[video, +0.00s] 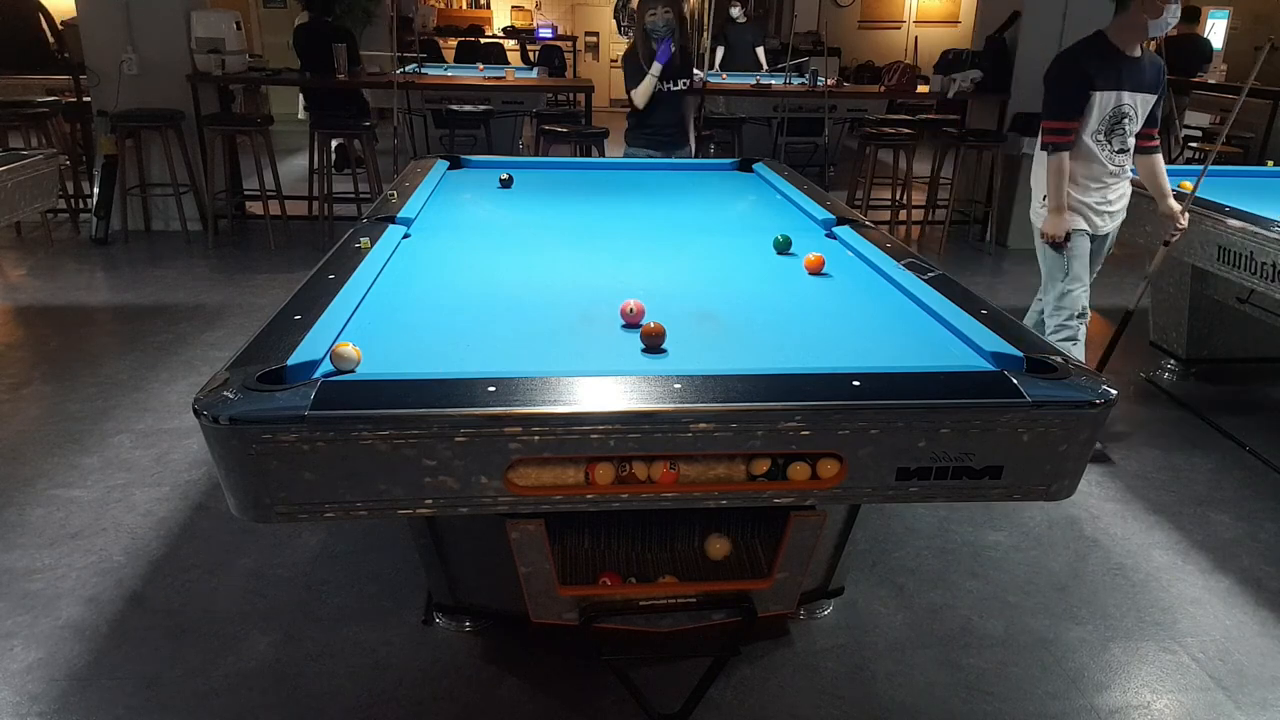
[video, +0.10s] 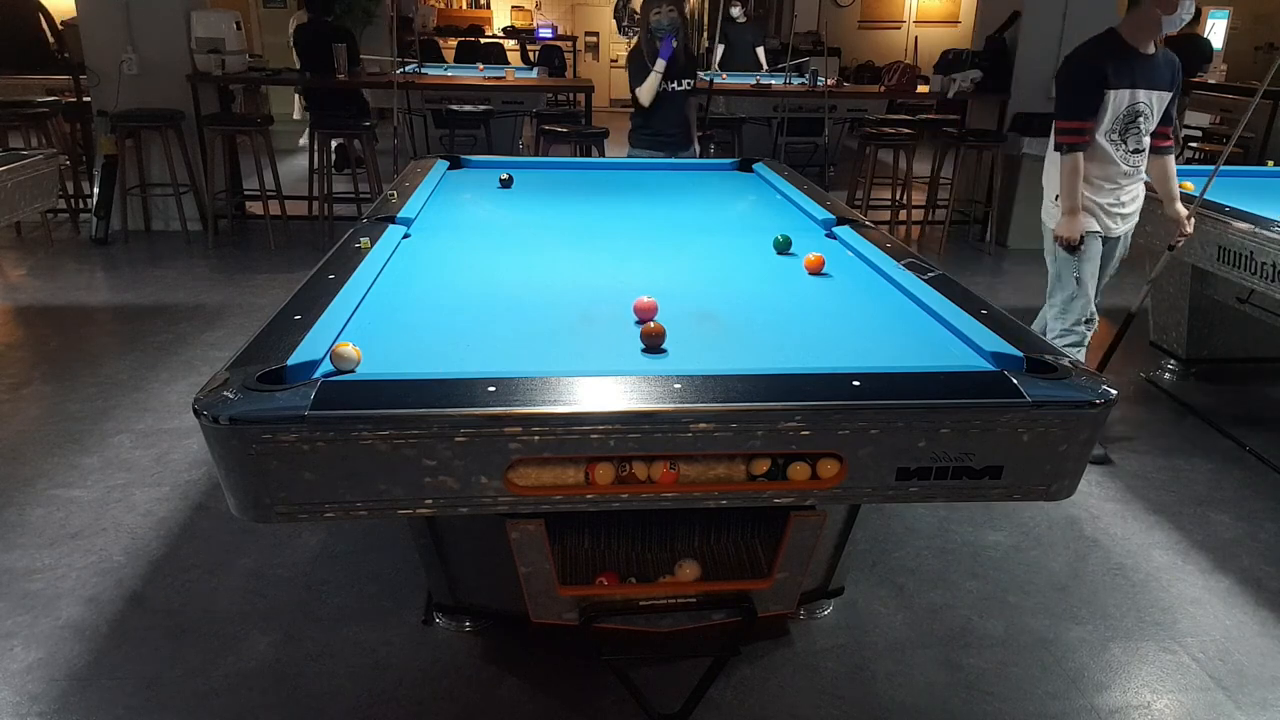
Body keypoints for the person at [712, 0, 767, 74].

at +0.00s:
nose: (732, 10)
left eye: (736, 7)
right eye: (731, 7)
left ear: (743, 9)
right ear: (728, 9)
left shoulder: (753, 26)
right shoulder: (726, 26)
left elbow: (759, 47)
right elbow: (721, 47)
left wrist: (765, 66)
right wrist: (716, 65)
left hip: (750, 72)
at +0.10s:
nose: (733, 10)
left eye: (736, 6)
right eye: (731, 7)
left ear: (744, 9)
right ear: (729, 8)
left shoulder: (753, 25)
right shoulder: (726, 25)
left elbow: (759, 47)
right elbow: (721, 45)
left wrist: (765, 66)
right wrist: (716, 64)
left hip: (750, 71)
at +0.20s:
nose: (733, 10)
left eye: (736, 7)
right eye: (731, 7)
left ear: (744, 9)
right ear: (729, 9)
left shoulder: (752, 25)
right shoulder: (726, 25)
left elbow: (759, 47)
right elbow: (719, 44)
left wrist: (765, 66)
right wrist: (715, 64)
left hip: (750, 72)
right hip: (730, 71)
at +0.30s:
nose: (735, 8)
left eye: (738, 6)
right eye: (733, 6)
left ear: (744, 9)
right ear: (729, 9)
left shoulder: (753, 25)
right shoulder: (726, 24)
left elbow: (759, 47)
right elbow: (720, 44)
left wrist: (765, 66)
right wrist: (715, 63)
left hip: (750, 71)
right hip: (729, 70)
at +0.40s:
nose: (734, 9)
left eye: (737, 6)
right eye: (732, 6)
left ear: (744, 9)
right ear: (729, 9)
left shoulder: (752, 26)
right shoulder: (727, 25)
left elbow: (759, 47)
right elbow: (720, 44)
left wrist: (765, 67)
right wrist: (715, 61)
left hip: (749, 71)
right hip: (729, 70)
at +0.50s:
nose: (734, 10)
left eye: (737, 6)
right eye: (732, 7)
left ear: (744, 9)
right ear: (730, 9)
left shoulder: (753, 25)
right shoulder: (728, 25)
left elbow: (759, 46)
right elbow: (723, 44)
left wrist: (764, 66)